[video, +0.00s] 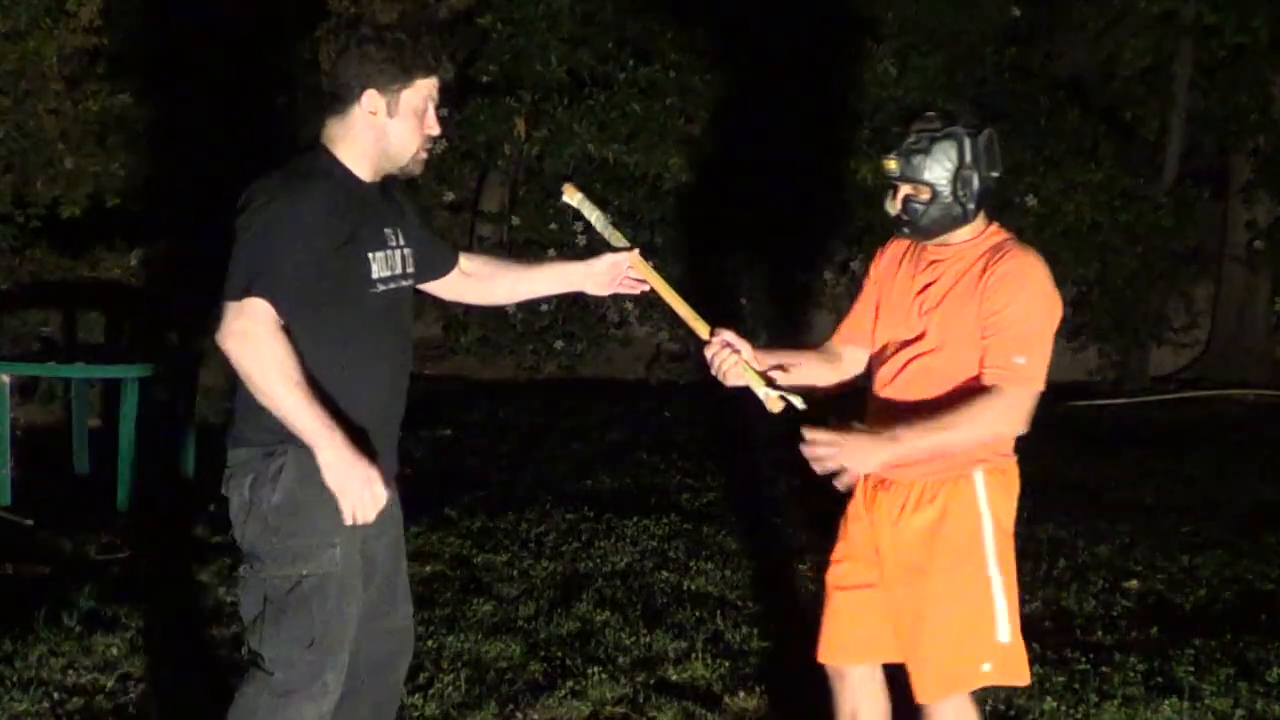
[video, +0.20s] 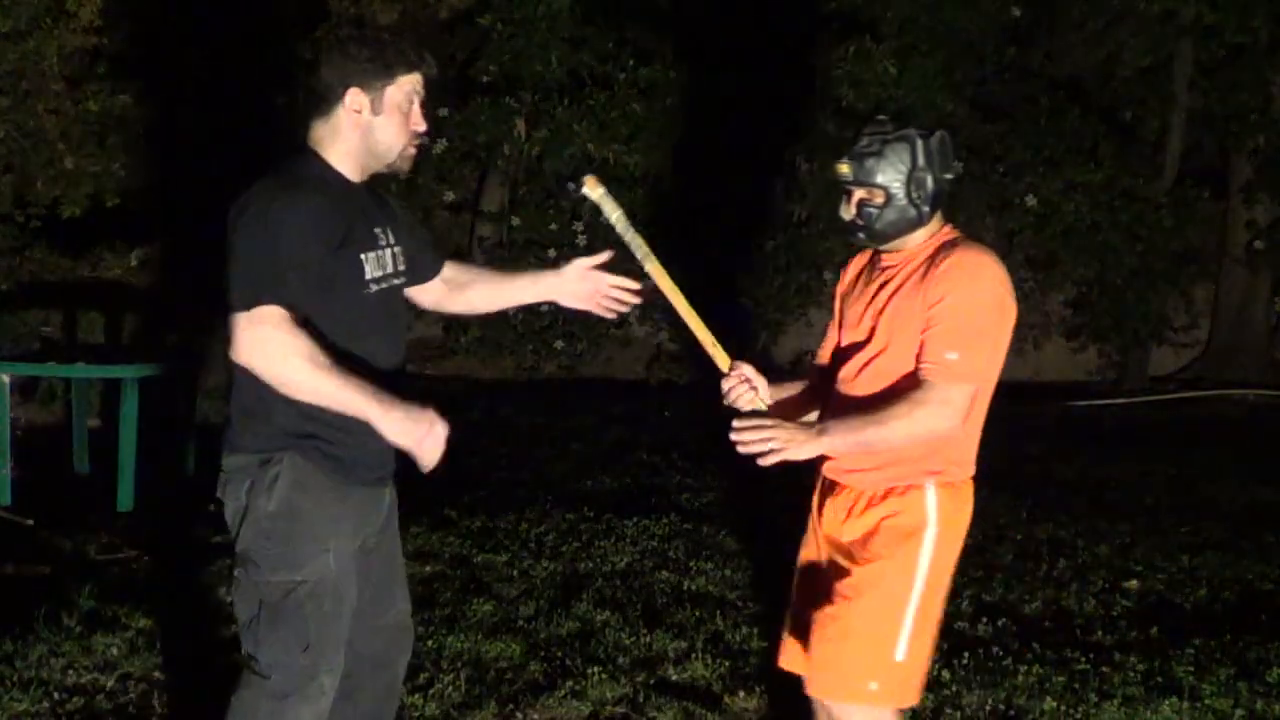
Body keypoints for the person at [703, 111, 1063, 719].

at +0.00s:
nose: (898, 202)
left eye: (917, 189)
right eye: (895, 185)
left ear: (964, 190)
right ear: (892, 184)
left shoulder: (1016, 273)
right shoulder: (895, 259)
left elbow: (1009, 412)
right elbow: (841, 360)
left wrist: (877, 449)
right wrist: (759, 361)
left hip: (959, 493)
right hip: (876, 488)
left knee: (943, 682)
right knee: (848, 656)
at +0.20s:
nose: (850, 211)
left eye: (868, 198)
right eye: (847, 194)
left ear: (916, 198)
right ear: (843, 191)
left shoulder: (969, 275)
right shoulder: (860, 272)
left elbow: (942, 409)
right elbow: (830, 382)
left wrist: (817, 439)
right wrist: (772, 395)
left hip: (915, 506)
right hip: (841, 495)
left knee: (857, 693)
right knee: (823, 686)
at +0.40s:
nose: (805, 214)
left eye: (815, 198)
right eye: (801, 199)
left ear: (858, 192)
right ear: (858, 193)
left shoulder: (912, 269)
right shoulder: (866, 272)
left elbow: (875, 412)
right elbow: (824, 393)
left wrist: (759, 439)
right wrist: (753, 394)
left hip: (870, 509)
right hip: (833, 504)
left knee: (803, 697)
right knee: (818, 697)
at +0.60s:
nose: (764, 209)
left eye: (769, 193)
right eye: (760, 194)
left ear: (805, 187)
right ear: (837, 177)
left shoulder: (847, 272)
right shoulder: (894, 264)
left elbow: (784, 420)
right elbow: (820, 390)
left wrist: (689, 445)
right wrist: (713, 372)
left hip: (841, 511)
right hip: (878, 508)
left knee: (781, 701)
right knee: (837, 703)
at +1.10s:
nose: (780, 225)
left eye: (789, 211)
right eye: (779, 211)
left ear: (830, 208)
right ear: (846, 204)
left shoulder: (886, 291)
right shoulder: (877, 282)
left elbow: (863, 446)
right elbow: (842, 408)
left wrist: (774, 482)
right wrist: (751, 420)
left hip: (884, 530)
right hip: (889, 524)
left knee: (810, 703)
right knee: (894, 698)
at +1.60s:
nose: (849, 205)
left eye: (858, 190)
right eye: (850, 189)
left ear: (893, 194)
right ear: (923, 195)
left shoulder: (914, 279)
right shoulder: (942, 275)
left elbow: (831, 403)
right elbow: (869, 405)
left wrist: (754, 458)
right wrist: (766, 424)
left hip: (893, 539)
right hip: (908, 533)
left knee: (877, 706)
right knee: (899, 703)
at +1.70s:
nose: (828, 215)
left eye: (839, 201)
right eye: (830, 200)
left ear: (876, 207)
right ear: (908, 210)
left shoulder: (886, 291)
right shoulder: (937, 290)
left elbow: (754, 374)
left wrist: (708, 379)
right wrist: (773, 348)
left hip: (881, 550)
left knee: (862, 708)